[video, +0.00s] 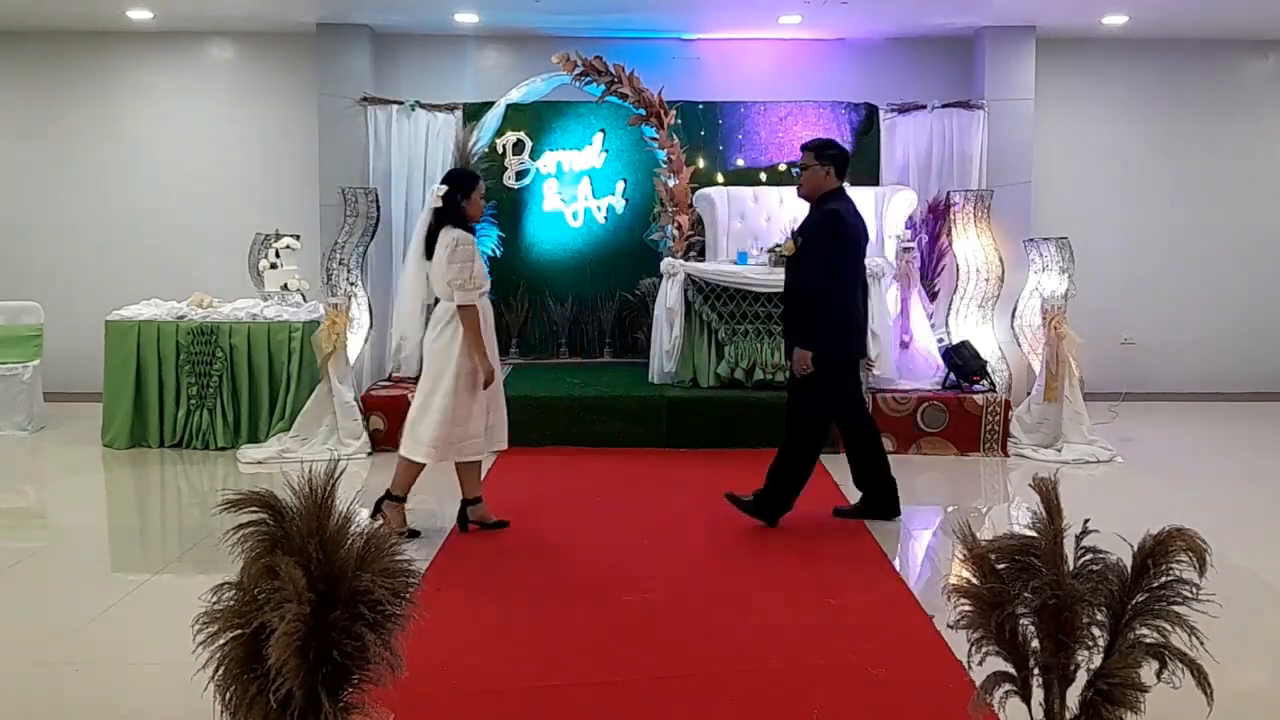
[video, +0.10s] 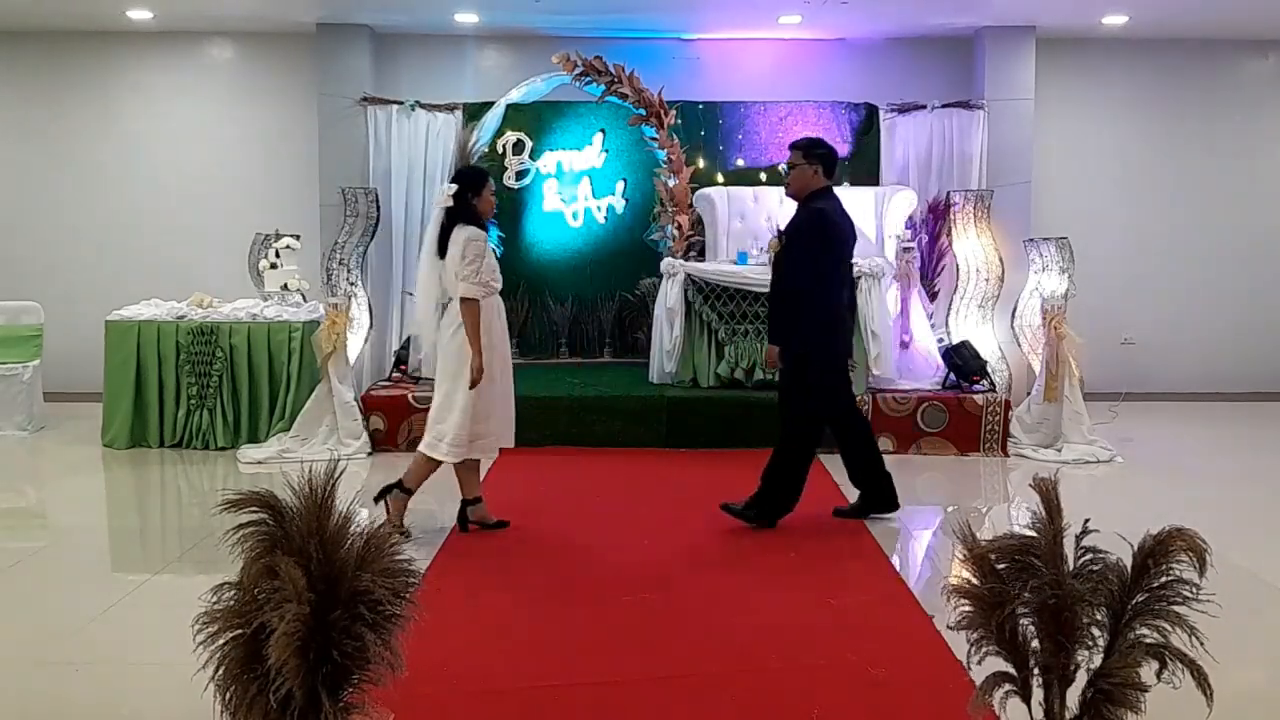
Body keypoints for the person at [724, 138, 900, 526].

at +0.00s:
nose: (798, 176)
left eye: (804, 169)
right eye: (799, 169)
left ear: (827, 172)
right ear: (827, 173)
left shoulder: (831, 218)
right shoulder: (836, 213)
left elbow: (823, 287)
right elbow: (827, 285)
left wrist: (805, 343)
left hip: (824, 341)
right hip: (837, 340)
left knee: (804, 426)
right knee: (853, 421)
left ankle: (772, 502)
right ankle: (880, 498)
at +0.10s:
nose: (786, 175)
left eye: (792, 168)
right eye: (787, 168)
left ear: (815, 171)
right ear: (817, 172)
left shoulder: (812, 219)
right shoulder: (832, 215)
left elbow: (791, 284)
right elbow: (821, 284)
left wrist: (775, 339)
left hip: (809, 341)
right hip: (828, 338)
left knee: (797, 427)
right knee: (844, 418)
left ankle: (768, 506)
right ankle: (878, 494)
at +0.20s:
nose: (773, 174)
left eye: (779, 166)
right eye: (774, 166)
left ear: (803, 170)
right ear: (805, 171)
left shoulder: (799, 215)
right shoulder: (816, 212)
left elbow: (774, 281)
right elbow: (803, 283)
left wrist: (750, 330)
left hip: (792, 339)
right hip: (808, 337)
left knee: (788, 426)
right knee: (824, 414)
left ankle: (766, 508)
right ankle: (872, 487)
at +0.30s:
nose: (759, 174)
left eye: (765, 165)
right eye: (760, 166)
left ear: (790, 170)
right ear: (792, 171)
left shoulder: (787, 214)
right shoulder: (800, 211)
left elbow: (759, 279)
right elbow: (777, 280)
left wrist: (728, 326)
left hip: (778, 338)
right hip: (788, 335)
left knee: (777, 423)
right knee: (780, 420)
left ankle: (761, 511)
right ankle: (845, 471)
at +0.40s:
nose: (745, 176)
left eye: (751, 168)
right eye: (747, 168)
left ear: (774, 171)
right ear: (776, 172)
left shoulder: (775, 217)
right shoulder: (783, 213)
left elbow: (749, 282)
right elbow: (754, 282)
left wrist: (728, 333)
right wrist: (733, 334)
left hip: (766, 339)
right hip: (772, 336)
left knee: (754, 413)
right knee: (752, 408)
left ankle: (762, 509)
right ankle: (800, 460)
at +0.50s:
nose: (732, 178)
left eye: (737, 170)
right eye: (732, 170)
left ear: (761, 172)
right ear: (757, 173)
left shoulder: (770, 216)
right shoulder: (755, 214)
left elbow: (769, 287)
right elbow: (732, 281)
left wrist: (765, 343)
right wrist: (698, 319)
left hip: (751, 344)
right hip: (732, 339)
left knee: (750, 423)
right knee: (708, 398)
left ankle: (760, 509)